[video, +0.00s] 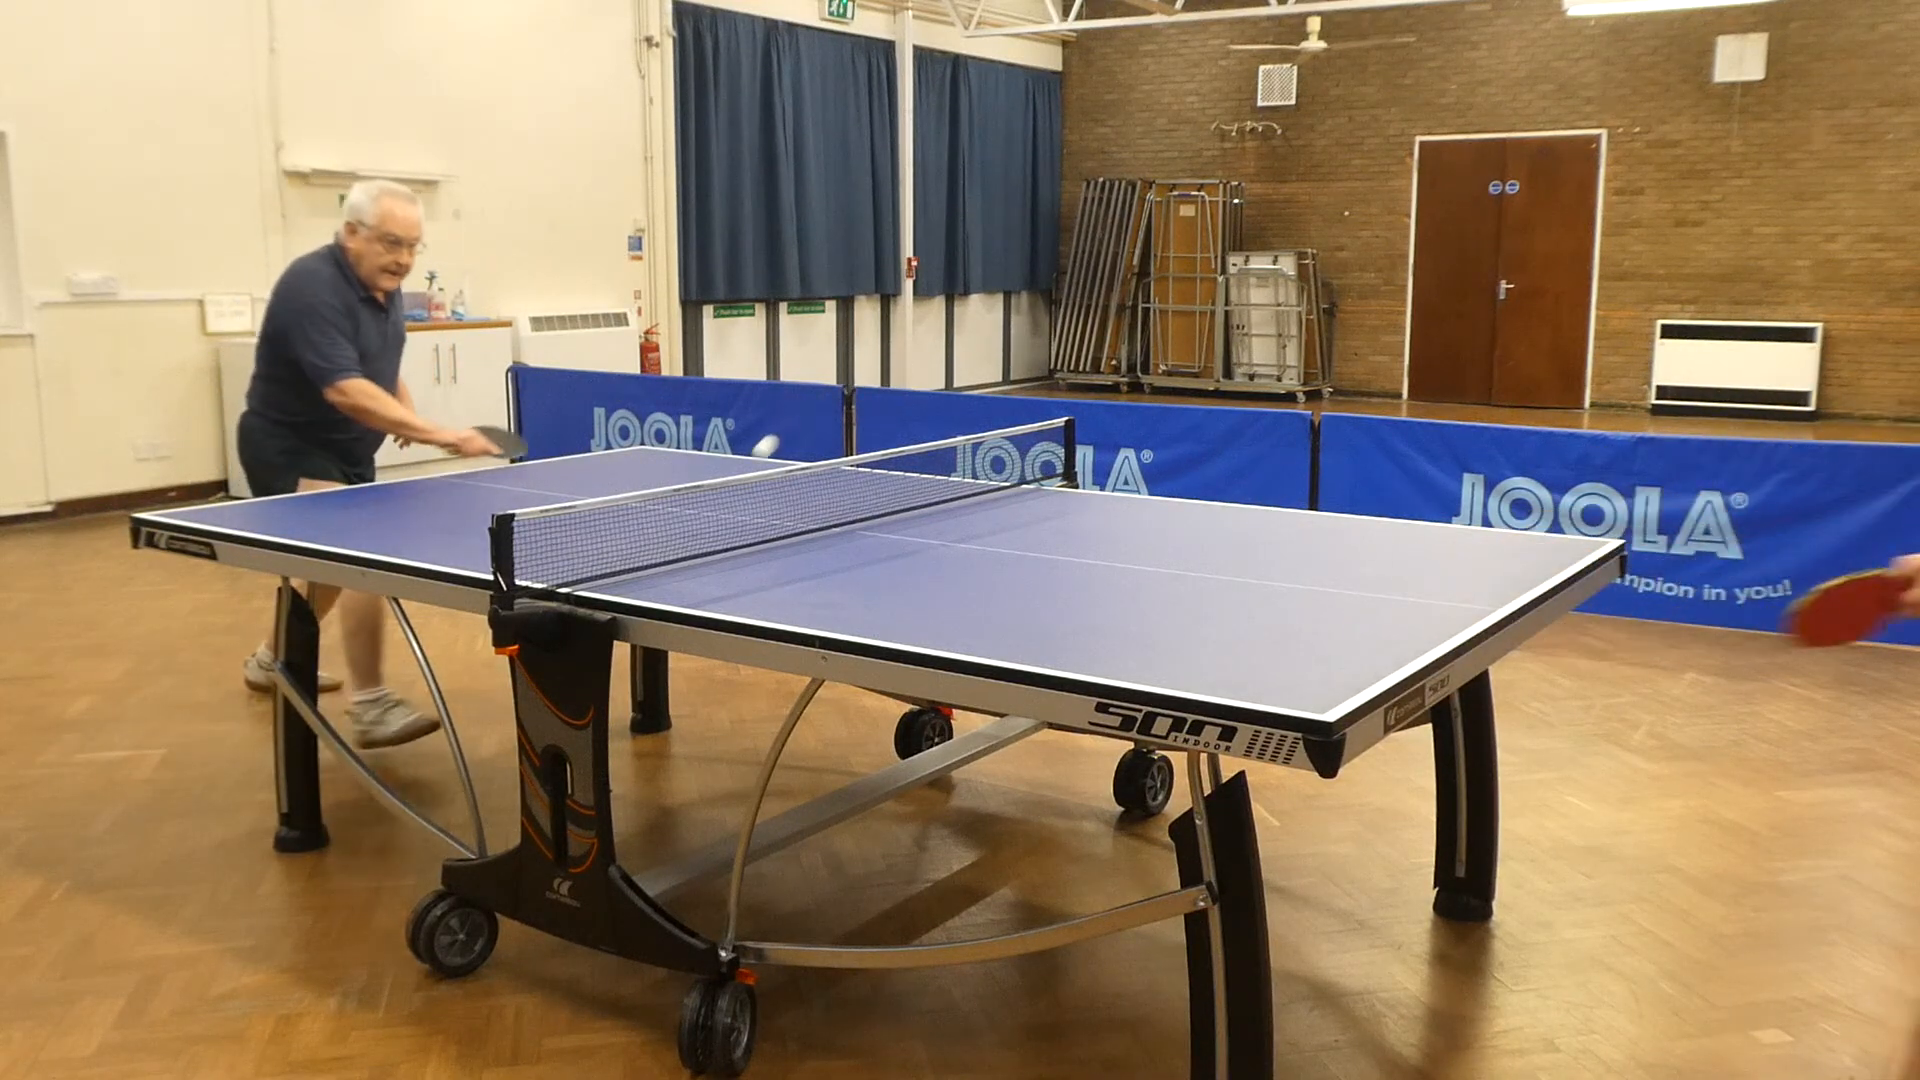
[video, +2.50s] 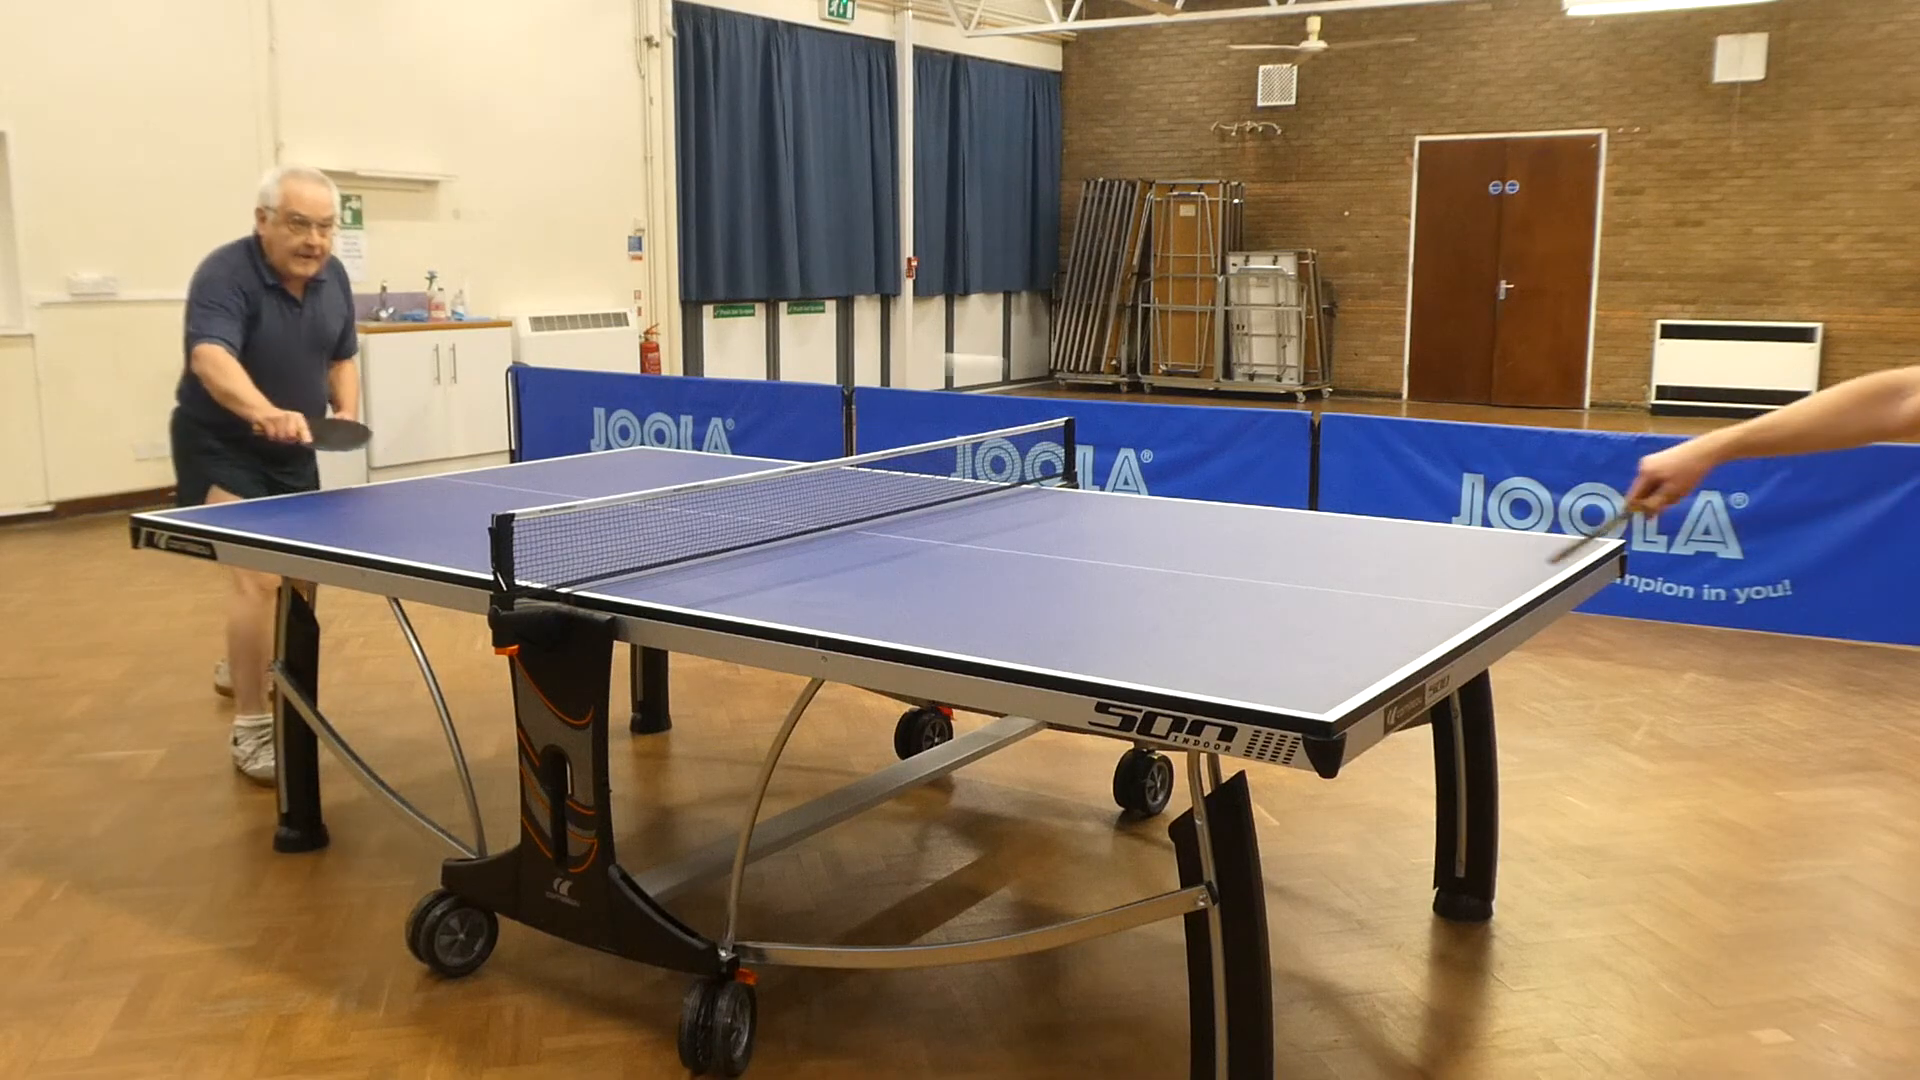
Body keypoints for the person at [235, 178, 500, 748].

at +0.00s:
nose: (403, 260)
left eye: (412, 247)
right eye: (390, 243)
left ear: (418, 247)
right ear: (350, 235)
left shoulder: (386, 293)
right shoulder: (311, 285)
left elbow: (387, 376)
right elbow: (343, 391)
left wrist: (409, 426)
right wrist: (444, 437)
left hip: (350, 453)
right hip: (290, 452)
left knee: (331, 562)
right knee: (364, 559)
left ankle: (274, 656)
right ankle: (369, 703)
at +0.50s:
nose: (504, 266)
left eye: (512, 253)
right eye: (495, 248)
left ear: (452, 242)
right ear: (450, 239)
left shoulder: (421, 271)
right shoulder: (426, 295)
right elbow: (504, 386)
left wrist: (494, 379)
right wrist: (607, 416)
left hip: (339, 441)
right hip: (348, 451)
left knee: (348, 551)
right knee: (445, 570)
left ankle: (273, 649)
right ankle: (446, 723)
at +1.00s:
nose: (348, 228)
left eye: (359, 216)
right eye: (332, 215)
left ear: (369, 222)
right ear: (300, 217)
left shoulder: (367, 274)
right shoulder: (274, 282)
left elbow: (371, 346)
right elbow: (276, 371)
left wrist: (411, 402)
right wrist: (343, 411)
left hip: (360, 446)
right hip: (293, 453)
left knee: (346, 567)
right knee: (356, 567)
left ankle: (263, 659)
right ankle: (395, 708)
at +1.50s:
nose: (337, 261)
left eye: (350, 249)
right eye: (325, 244)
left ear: (360, 243)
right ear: (290, 226)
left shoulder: (345, 278)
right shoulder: (246, 263)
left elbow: (333, 349)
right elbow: (200, 341)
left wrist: (357, 409)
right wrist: (278, 406)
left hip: (295, 446)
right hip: (224, 439)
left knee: (300, 573)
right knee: (254, 577)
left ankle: (288, 692)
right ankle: (252, 728)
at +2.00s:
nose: (330, 263)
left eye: (341, 248)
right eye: (317, 244)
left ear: (350, 248)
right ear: (276, 236)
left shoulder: (322, 294)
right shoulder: (229, 286)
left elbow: (309, 370)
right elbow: (246, 386)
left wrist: (327, 433)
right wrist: (314, 436)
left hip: (266, 451)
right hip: (200, 450)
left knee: (259, 570)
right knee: (257, 583)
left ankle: (223, 664)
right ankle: (251, 730)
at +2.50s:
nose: (315, 239)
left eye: (326, 226)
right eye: (299, 224)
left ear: (335, 225)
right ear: (263, 220)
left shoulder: (331, 278)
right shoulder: (227, 272)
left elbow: (342, 357)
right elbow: (209, 357)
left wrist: (346, 411)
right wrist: (265, 410)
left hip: (294, 445)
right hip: (221, 441)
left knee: (297, 573)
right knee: (258, 579)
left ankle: (239, 667)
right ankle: (254, 725)